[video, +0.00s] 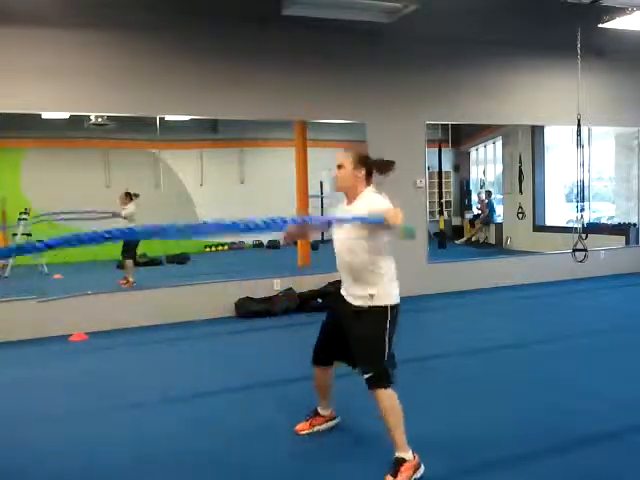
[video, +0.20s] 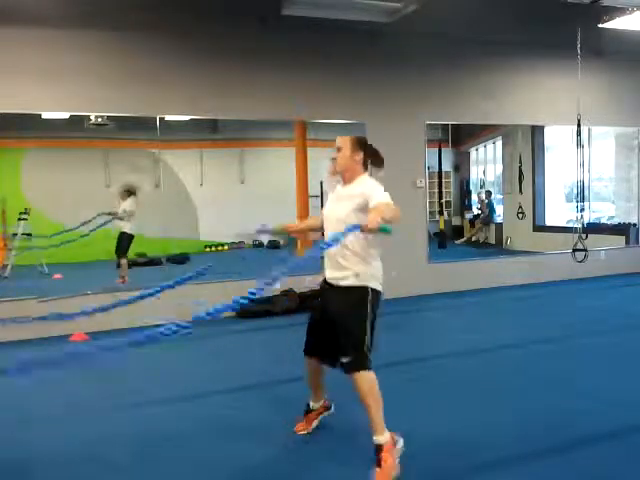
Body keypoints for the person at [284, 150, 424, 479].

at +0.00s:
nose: (335, 173)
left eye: (341, 168)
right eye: (336, 168)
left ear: (361, 174)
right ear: (353, 175)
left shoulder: (376, 202)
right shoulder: (342, 208)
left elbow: (396, 220)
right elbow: (324, 228)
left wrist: (385, 218)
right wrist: (303, 232)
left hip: (379, 302)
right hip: (348, 298)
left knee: (377, 379)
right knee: (322, 358)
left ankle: (406, 457)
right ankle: (325, 413)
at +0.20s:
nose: (334, 156)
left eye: (339, 151)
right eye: (335, 151)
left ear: (358, 157)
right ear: (348, 157)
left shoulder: (369, 187)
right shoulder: (338, 191)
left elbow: (391, 211)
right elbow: (328, 223)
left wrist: (376, 216)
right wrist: (301, 227)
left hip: (360, 285)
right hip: (332, 284)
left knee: (355, 362)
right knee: (314, 350)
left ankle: (384, 440)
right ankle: (317, 404)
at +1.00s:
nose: (305, 180)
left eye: (311, 176)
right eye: (306, 175)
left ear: (331, 184)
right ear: (320, 185)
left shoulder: (345, 214)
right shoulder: (313, 215)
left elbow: (362, 242)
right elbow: (302, 236)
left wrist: (349, 249)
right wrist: (270, 235)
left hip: (342, 312)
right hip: (313, 306)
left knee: (336, 386)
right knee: (287, 372)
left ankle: (366, 464)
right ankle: (288, 417)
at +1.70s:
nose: (314, 156)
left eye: (320, 151)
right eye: (315, 151)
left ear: (340, 156)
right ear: (329, 156)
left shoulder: (356, 186)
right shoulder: (320, 185)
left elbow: (375, 207)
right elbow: (308, 208)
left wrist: (373, 211)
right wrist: (278, 210)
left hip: (344, 293)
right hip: (315, 287)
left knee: (346, 372)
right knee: (299, 352)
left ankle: (360, 455)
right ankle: (291, 406)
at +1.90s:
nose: (312, 178)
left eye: (318, 174)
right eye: (313, 173)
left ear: (336, 181)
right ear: (326, 182)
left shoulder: (349, 215)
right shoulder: (316, 215)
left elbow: (368, 243)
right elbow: (308, 241)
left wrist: (353, 246)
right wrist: (279, 239)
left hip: (338, 313)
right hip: (311, 307)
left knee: (335, 382)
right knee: (294, 365)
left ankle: (369, 463)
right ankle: (300, 411)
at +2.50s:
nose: (329, 144)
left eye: (336, 138)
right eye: (329, 139)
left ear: (355, 144)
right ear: (334, 146)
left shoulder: (362, 170)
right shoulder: (325, 175)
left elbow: (371, 186)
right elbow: (295, 196)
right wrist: (262, 197)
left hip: (341, 278)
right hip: (313, 273)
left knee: (329, 357)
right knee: (302, 346)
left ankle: (340, 428)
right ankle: (307, 405)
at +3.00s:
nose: (299, 148)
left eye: (305, 142)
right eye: (299, 142)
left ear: (327, 148)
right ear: (309, 149)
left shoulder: (339, 182)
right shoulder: (305, 183)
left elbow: (345, 215)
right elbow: (302, 220)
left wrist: (309, 204)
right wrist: (273, 215)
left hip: (314, 281)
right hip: (287, 276)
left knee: (301, 362)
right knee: (274, 351)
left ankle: (309, 439)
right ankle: (279, 416)